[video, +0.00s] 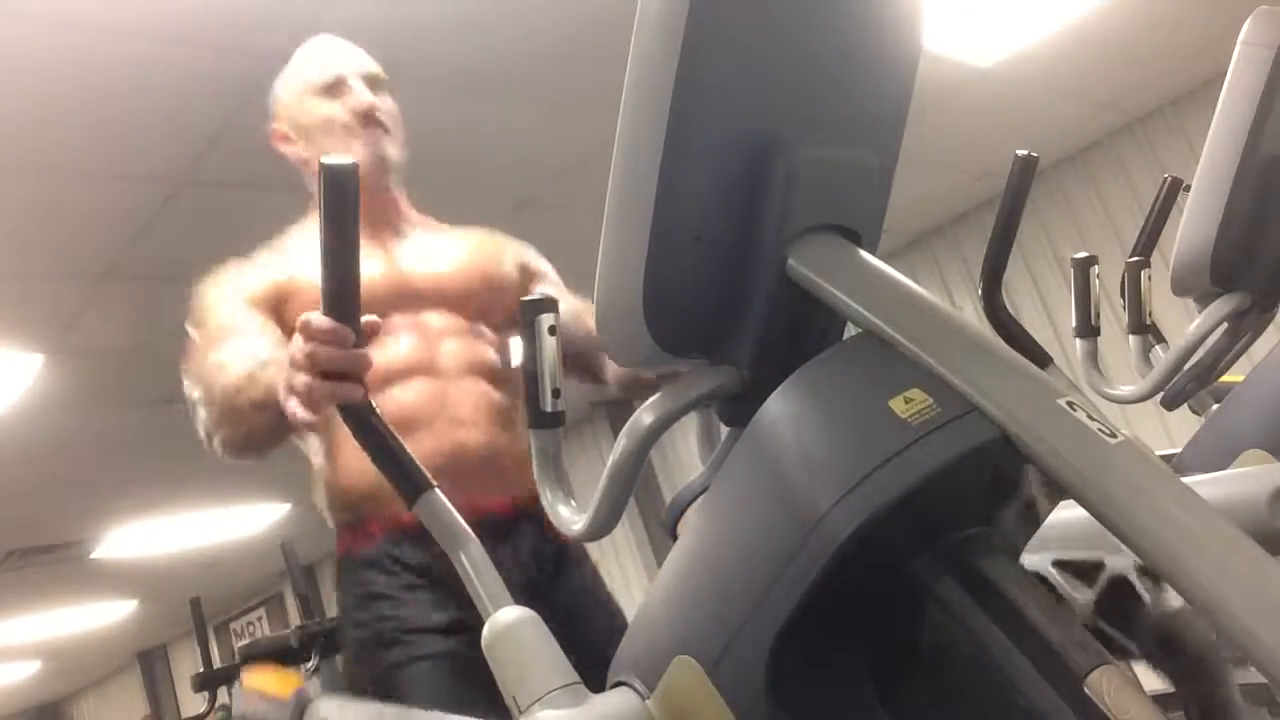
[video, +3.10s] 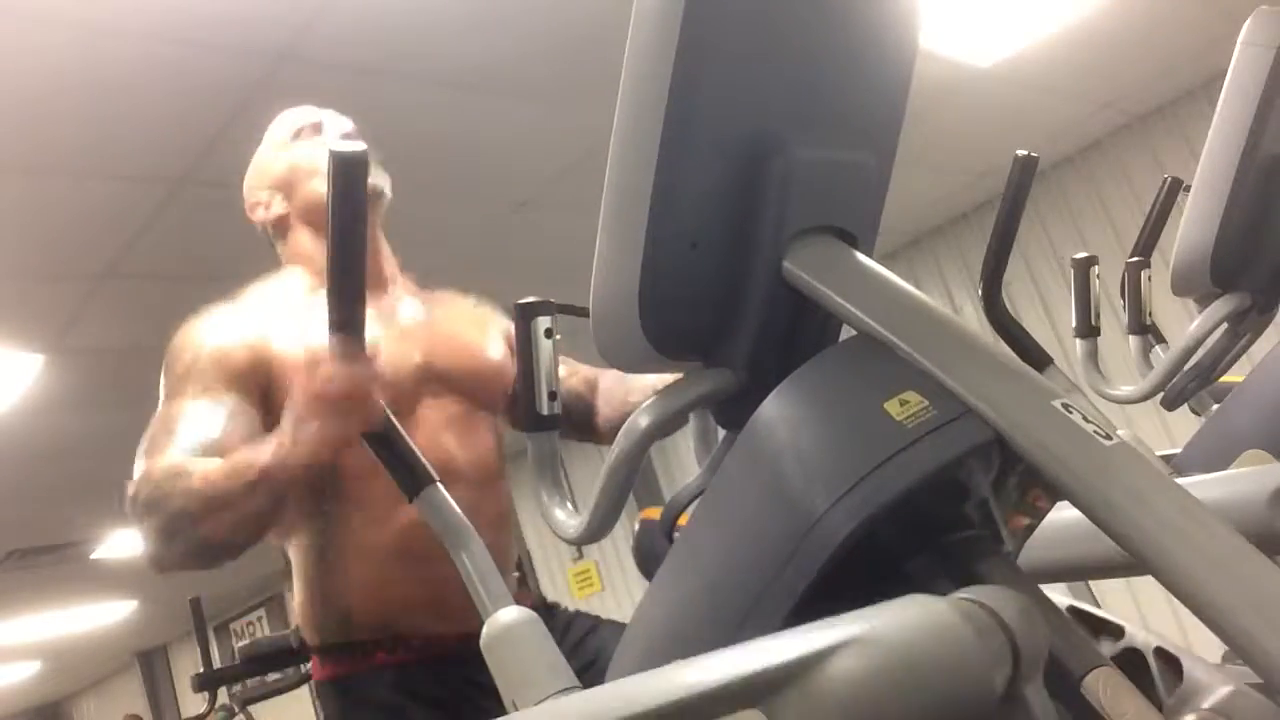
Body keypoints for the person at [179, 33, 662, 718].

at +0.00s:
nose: (365, 98)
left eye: (376, 84)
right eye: (332, 88)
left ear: (398, 115)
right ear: (287, 138)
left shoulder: (497, 254)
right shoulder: (253, 282)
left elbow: (609, 356)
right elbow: (228, 425)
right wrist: (287, 386)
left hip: (532, 544)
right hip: (397, 567)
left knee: (641, 701)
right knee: (447, 714)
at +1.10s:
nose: (283, 131)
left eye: (292, 133)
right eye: (257, 138)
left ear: (323, 174)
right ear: (222, 209)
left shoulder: (438, 274)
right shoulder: (194, 318)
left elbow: (559, 339)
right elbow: (181, 462)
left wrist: (650, 343)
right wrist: (268, 430)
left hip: (509, 577)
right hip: (367, 615)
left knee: (667, 693)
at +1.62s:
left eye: (388, 184)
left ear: (406, 192)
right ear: (308, 217)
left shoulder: (479, 300)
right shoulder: (278, 309)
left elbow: (593, 385)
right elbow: (260, 419)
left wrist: (648, 406)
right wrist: (325, 367)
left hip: (556, 589)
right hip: (426, 620)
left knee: (654, 705)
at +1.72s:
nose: (383, 174)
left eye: (388, 171)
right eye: (358, 175)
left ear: (421, 207)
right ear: (325, 241)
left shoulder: (517, 333)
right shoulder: (293, 344)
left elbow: (638, 447)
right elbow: (283, 481)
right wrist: (341, 385)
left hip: (576, 623)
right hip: (441, 653)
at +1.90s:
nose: (328, 81)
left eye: (338, 80)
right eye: (294, 84)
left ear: (368, 125)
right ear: (259, 157)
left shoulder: (494, 243)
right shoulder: (234, 276)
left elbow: (619, 354)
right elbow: (214, 445)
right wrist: (295, 412)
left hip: (543, 555)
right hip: (405, 584)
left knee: (659, 706)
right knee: (466, 716)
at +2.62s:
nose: (401, 159)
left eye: (406, 155)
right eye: (366, 160)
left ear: (428, 193)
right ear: (323, 225)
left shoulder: (518, 338)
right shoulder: (279, 346)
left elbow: (633, 430)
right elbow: (246, 485)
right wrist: (321, 406)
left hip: (537, 649)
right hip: (399, 665)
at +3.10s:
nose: (343, 135)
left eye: (350, 128)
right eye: (307, 133)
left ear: (382, 175)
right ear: (263, 202)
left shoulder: (463, 320)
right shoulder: (231, 338)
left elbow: (596, 394)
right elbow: (167, 527)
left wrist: (732, 380)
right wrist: (294, 449)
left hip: (523, 636)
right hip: (382, 677)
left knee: (719, 672)